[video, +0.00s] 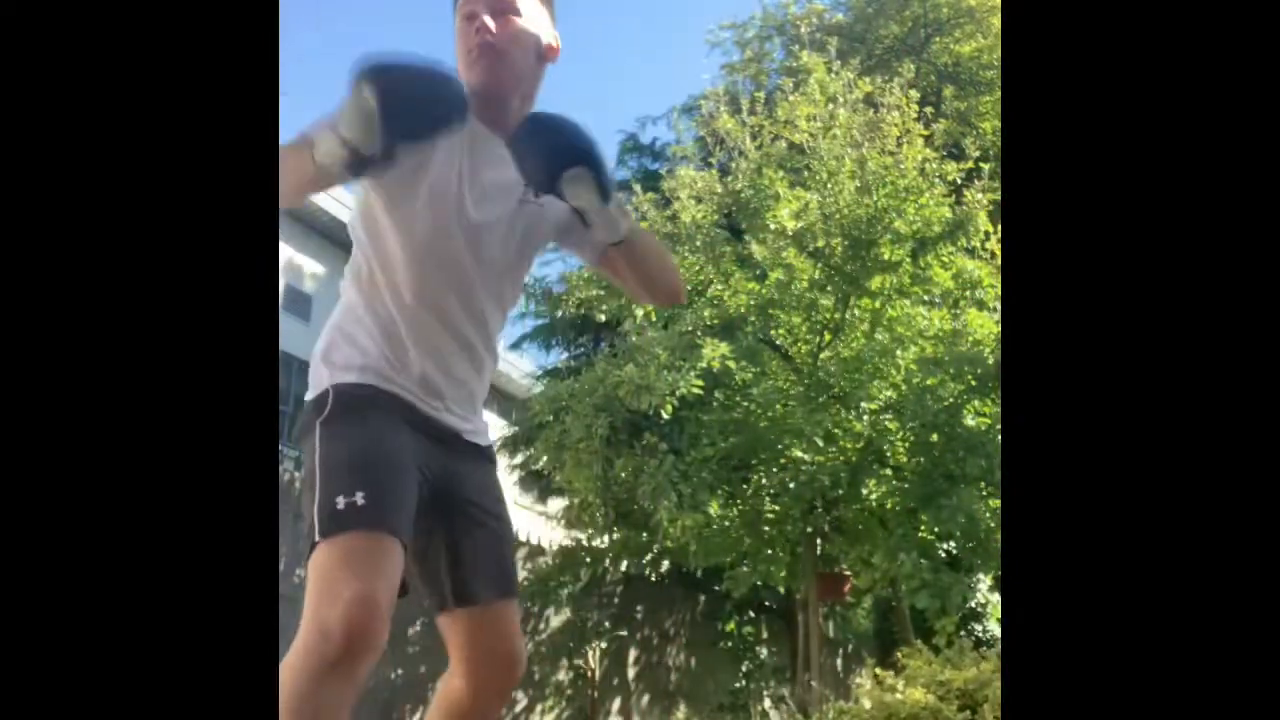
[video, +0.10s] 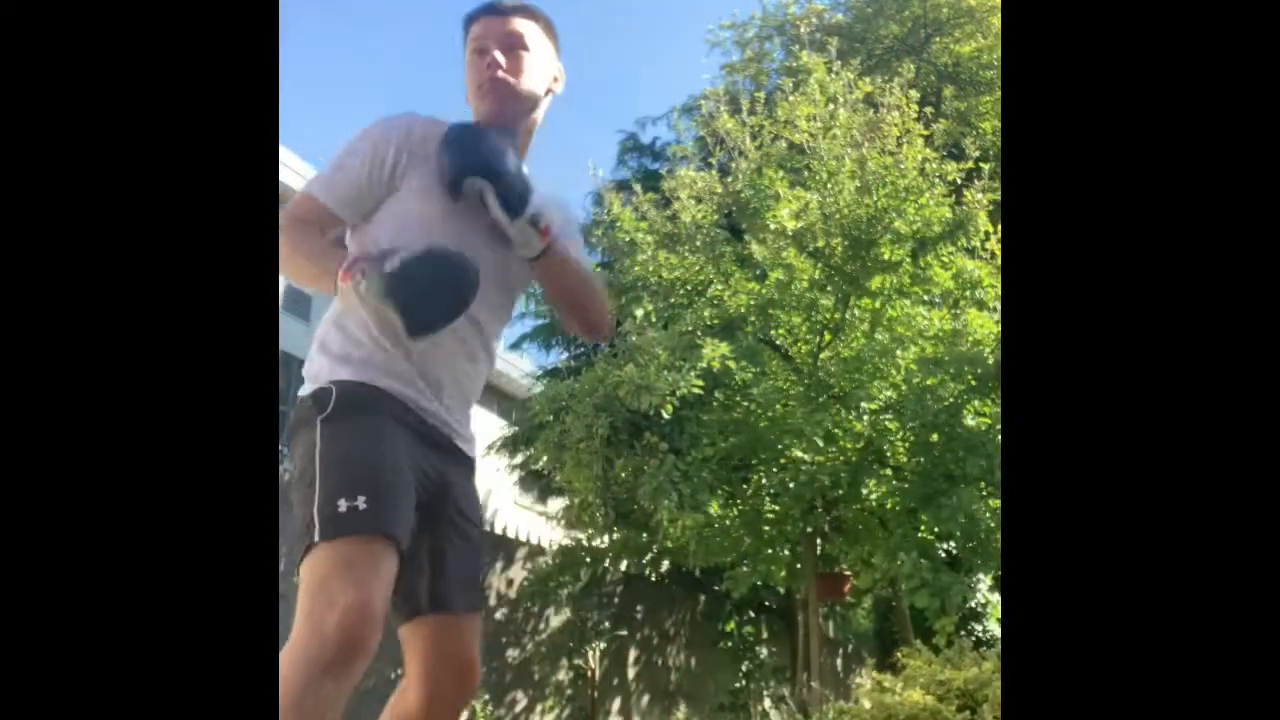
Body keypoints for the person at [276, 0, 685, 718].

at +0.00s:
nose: (480, 21)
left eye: (504, 10)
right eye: (469, 12)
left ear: (550, 47)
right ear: (455, 40)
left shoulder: (552, 184)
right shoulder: (406, 117)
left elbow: (666, 289)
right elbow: (282, 187)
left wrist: (605, 207)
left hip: (460, 423)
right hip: (366, 385)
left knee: (493, 665)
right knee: (351, 623)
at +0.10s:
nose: (494, 58)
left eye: (516, 47)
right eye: (481, 49)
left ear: (553, 80)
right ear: (465, 73)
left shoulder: (547, 209)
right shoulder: (408, 137)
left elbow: (596, 322)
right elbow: (292, 234)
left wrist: (525, 223)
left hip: (450, 432)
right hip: (361, 387)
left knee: (449, 679)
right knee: (345, 622)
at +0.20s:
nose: (502, 117)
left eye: (522, 105)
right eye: (489, 108)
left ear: (556, 136)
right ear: (470, 125)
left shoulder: (544, 252)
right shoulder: (404, 174)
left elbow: (549, 340)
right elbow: (293, 271)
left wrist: (481, 225)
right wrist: (371, 318)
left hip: (442, 458)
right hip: (354, 406)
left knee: (437, 694)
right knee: (328, 638)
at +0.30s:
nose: (506, 142)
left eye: (525, 133)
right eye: (494, 131)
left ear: (555, 164)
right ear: (473, 146)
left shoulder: (539, 272)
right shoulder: (408, 188)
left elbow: (533, 353)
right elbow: (294, 270)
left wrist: (478, 235)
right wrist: (360, 311)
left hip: (434, 463)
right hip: (344, 411)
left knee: (437, 698)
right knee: (304, 637)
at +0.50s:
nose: (484, 113)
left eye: (504, 105)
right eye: (472, 105)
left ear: (539, 137)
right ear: (455, 123)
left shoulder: (527, 252)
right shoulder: (393, 172)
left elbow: (529, 336)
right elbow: (286, 256)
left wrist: (473, 226)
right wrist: (337, 303)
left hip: (428, 451)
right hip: (338, 396)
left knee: (406, 694)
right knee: (304, 621)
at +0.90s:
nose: (430, 86)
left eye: (452, 70)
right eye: (414, 71)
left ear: (493, 91)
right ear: (397, 86)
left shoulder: (508, 215)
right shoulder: (348, 171)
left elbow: (547, 376)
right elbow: (286, 323)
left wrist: (553, 326)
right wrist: (371, 246)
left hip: (429, 447)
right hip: (324, 412)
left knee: (468, 677)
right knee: (295, 619)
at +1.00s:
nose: (469, 98)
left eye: (489, 85)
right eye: (453, 86)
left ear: (525, 109)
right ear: (435, 105)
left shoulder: (523, 233)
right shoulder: (383, 180)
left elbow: (555, 386)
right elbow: (285, 299)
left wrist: (541, 287)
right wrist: (405, 281)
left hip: (440, 456)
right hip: (346, 417)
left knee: (479, 683)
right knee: (308, 631)